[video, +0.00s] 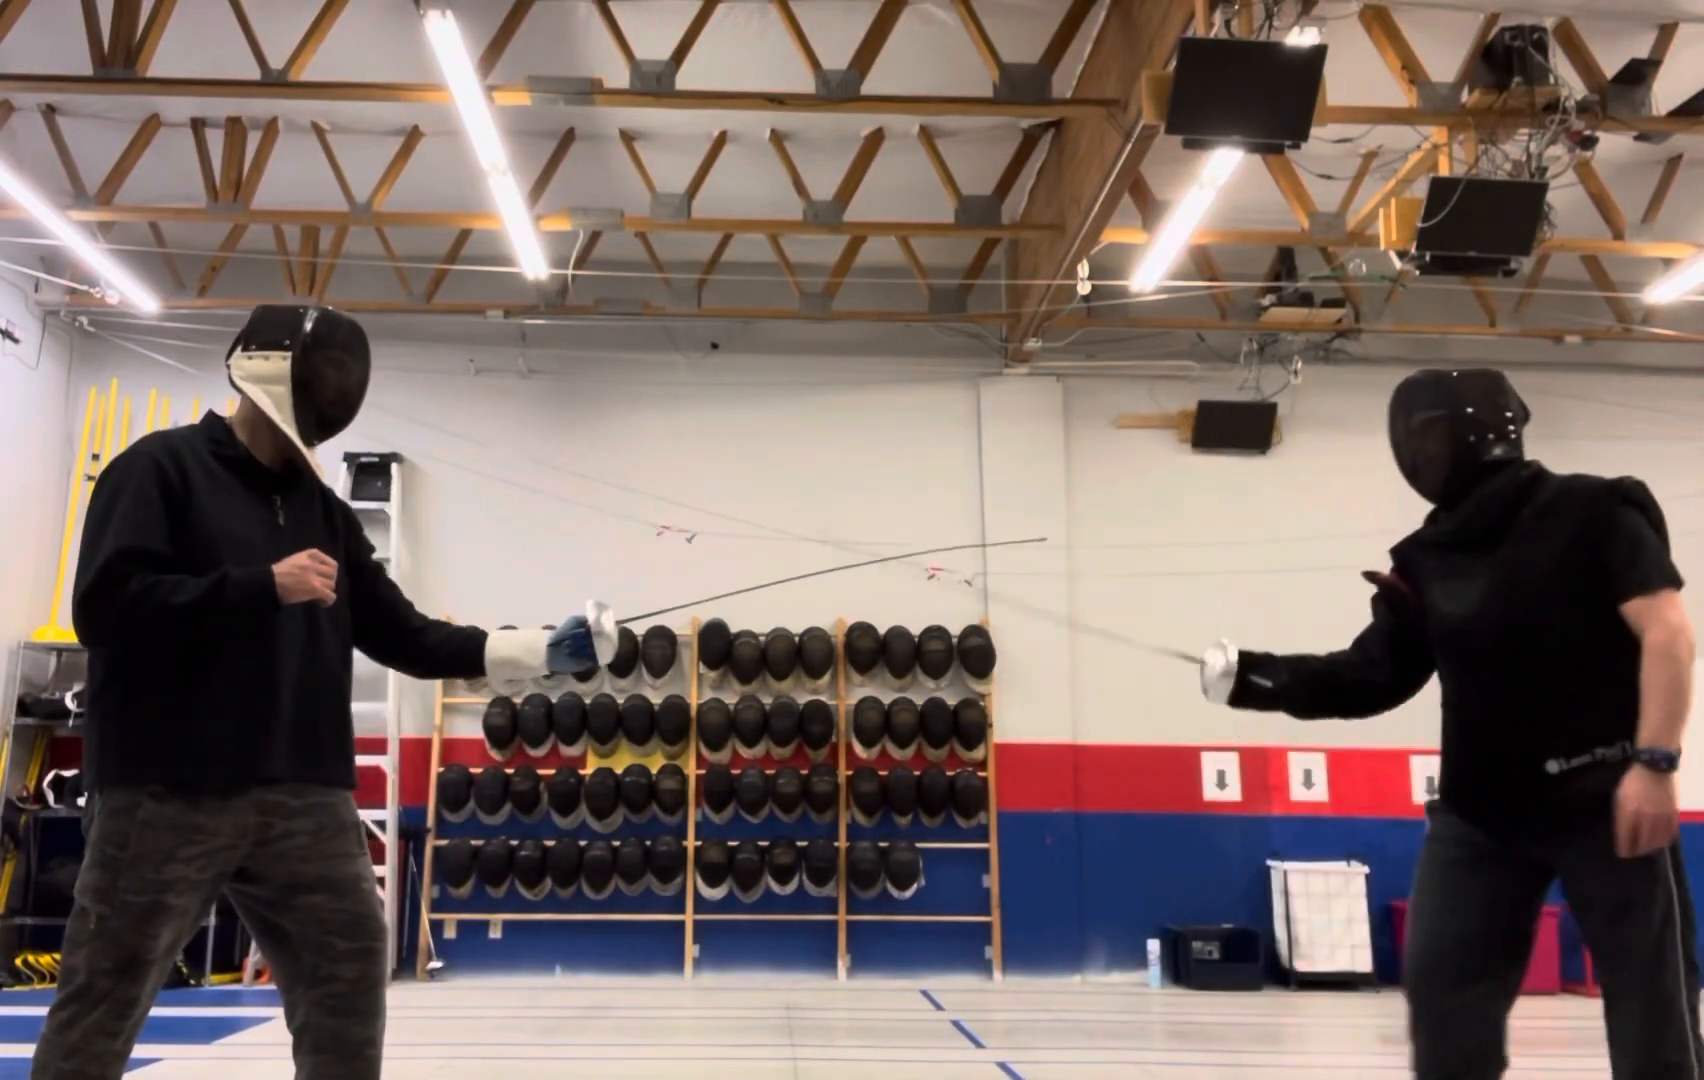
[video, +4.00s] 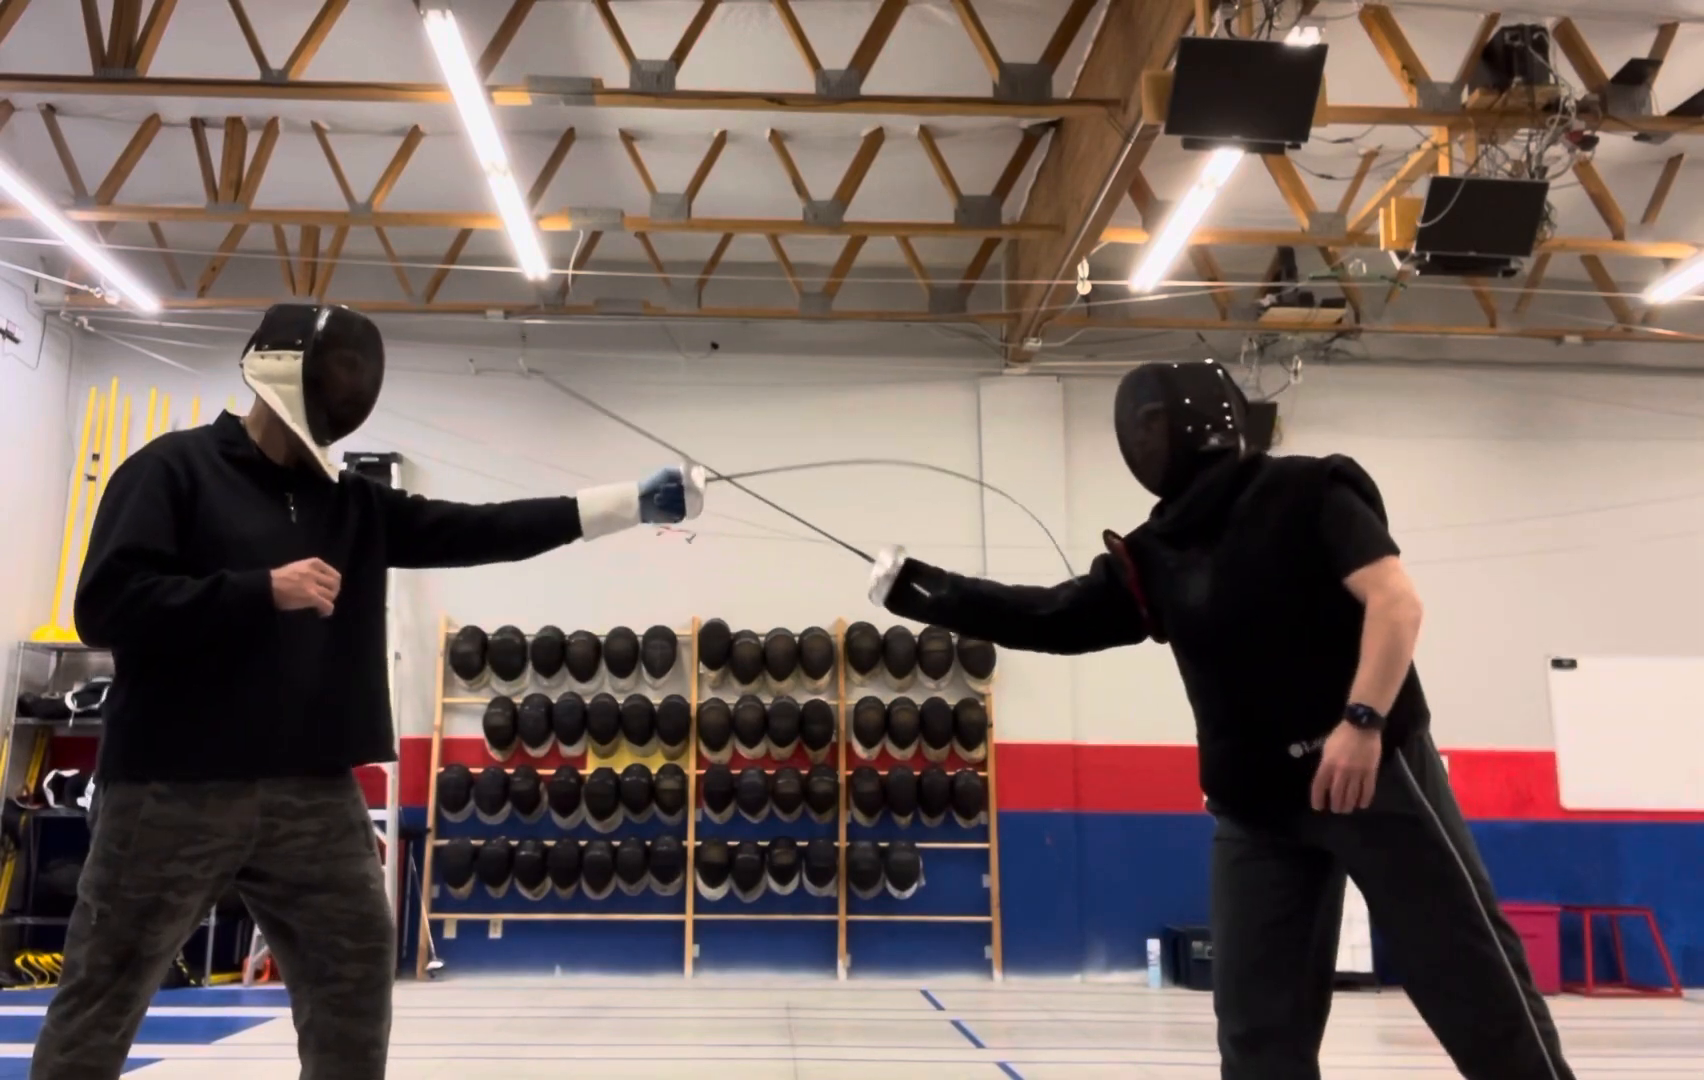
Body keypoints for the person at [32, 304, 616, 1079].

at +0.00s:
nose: (313, 407)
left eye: (326, 392)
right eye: (302, 383)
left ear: (331, 398)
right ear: (255, 369)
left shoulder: (323, 512)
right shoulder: (152, 470)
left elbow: (398, 633)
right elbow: (105, 606)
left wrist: (528, 652)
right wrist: (263, 583)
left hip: (300, 796)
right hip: (163, 793)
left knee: (347, 970)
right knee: (102, 1001)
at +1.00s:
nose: (323, 416)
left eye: (335, 400)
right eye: (315, 390)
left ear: (336, 402)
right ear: (267, 374)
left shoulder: (327, 507)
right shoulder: (161, 469)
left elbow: (410, 624)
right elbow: (111, 603)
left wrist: (556, 634)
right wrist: (268, 589)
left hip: (305, 794)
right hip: (168, 788)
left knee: (349, 973)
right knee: (103, 996)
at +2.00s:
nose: (332, 402)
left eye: (342, 388)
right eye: (318, 380)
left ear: (339, 395)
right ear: (266, 372)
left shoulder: (328, 507)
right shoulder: (158, 471)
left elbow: (401, 630)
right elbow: (101, 607)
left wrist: (526, 651)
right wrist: (256, 589)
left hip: (306, 797)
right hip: (165, 792)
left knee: (351, 969)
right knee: (102, 998)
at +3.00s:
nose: (326, 398)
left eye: (337, 384)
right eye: (312, 375)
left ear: (337, 392)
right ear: (258, 366)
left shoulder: (325, 507)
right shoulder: (154, 469)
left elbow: (407, 623)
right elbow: (99, 606)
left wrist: (550, 630)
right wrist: (254, 589)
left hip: (305, 796)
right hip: (166, 793)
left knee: (348, 982)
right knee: (101, 1002)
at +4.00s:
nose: (351, 414)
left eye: (361, 399)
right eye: (339, 391)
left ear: (357, 394)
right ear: (281, 371)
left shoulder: (352, 505)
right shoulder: (167, 472)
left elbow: (485, 528)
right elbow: (105, 604)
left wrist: (634, 503)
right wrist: (261, 589)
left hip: (311, 798)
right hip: (168, 796)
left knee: (353, 998)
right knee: (96, 1010)